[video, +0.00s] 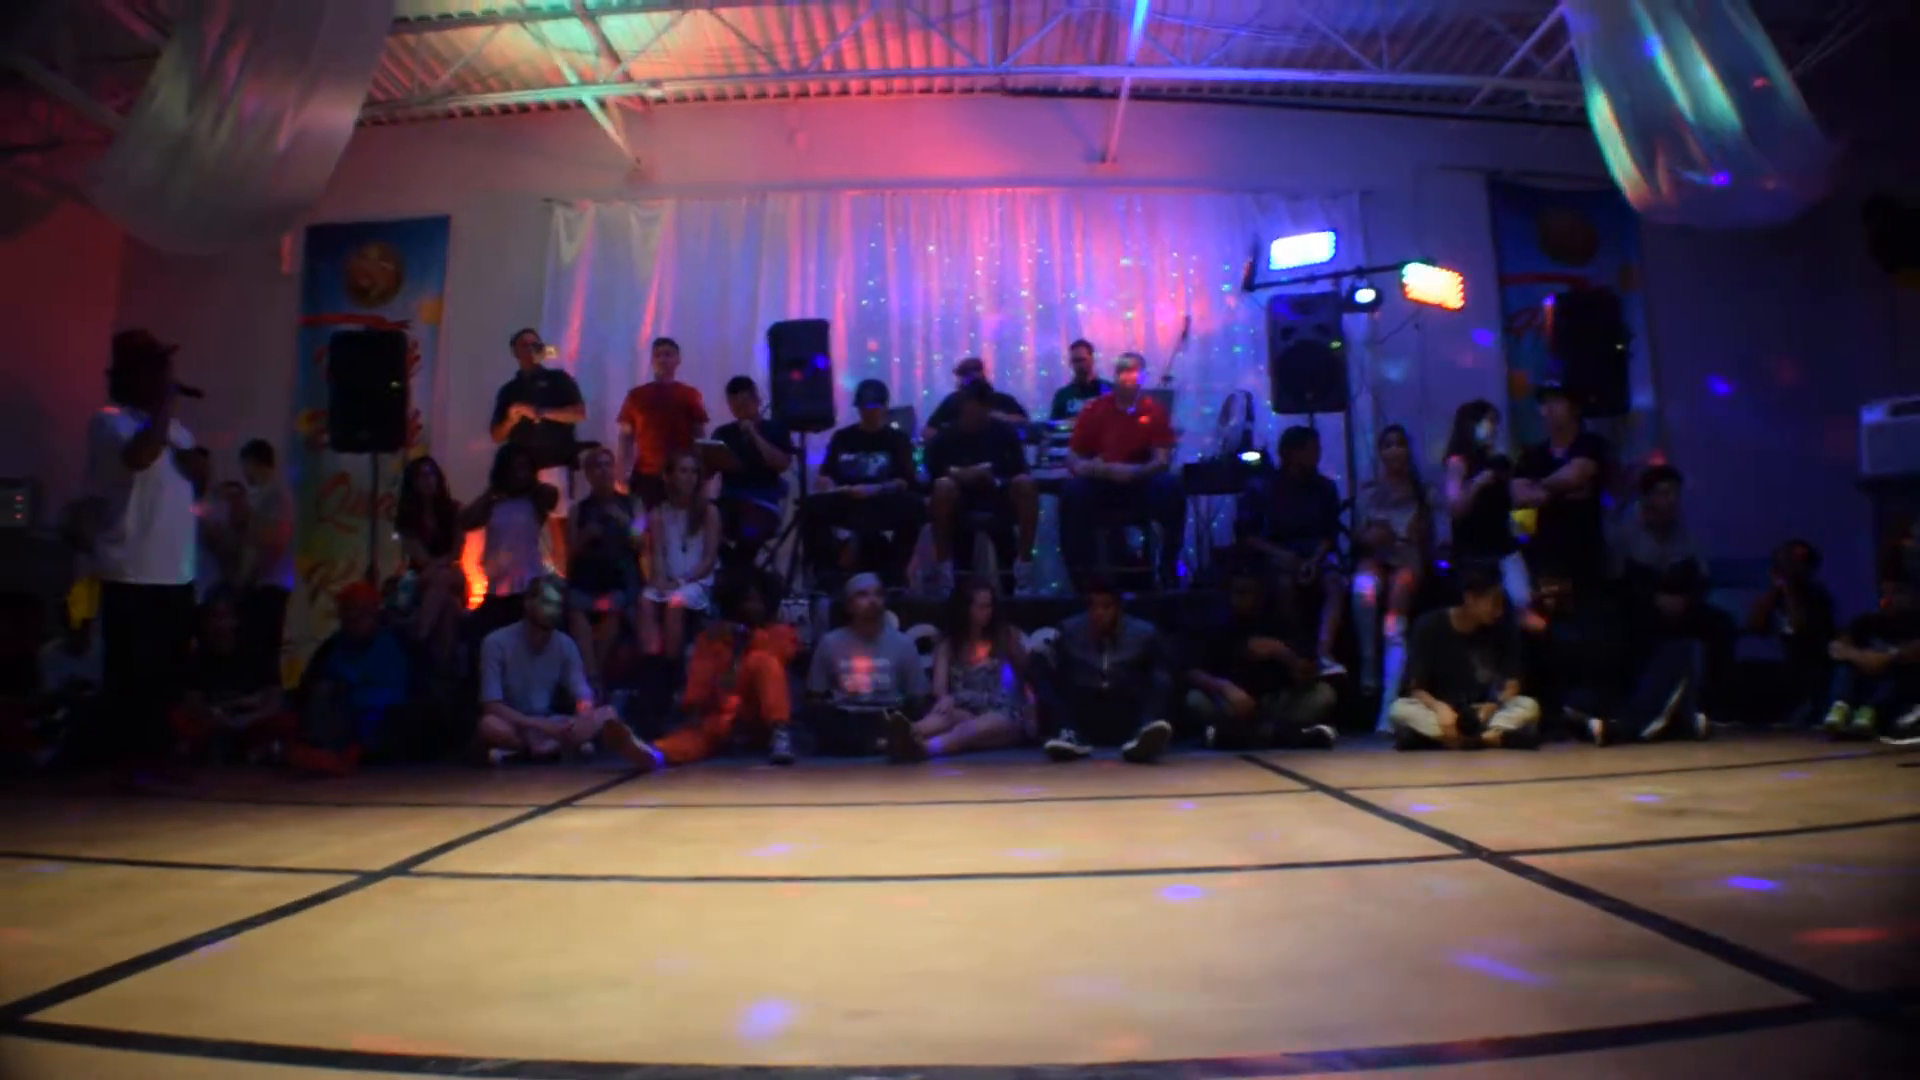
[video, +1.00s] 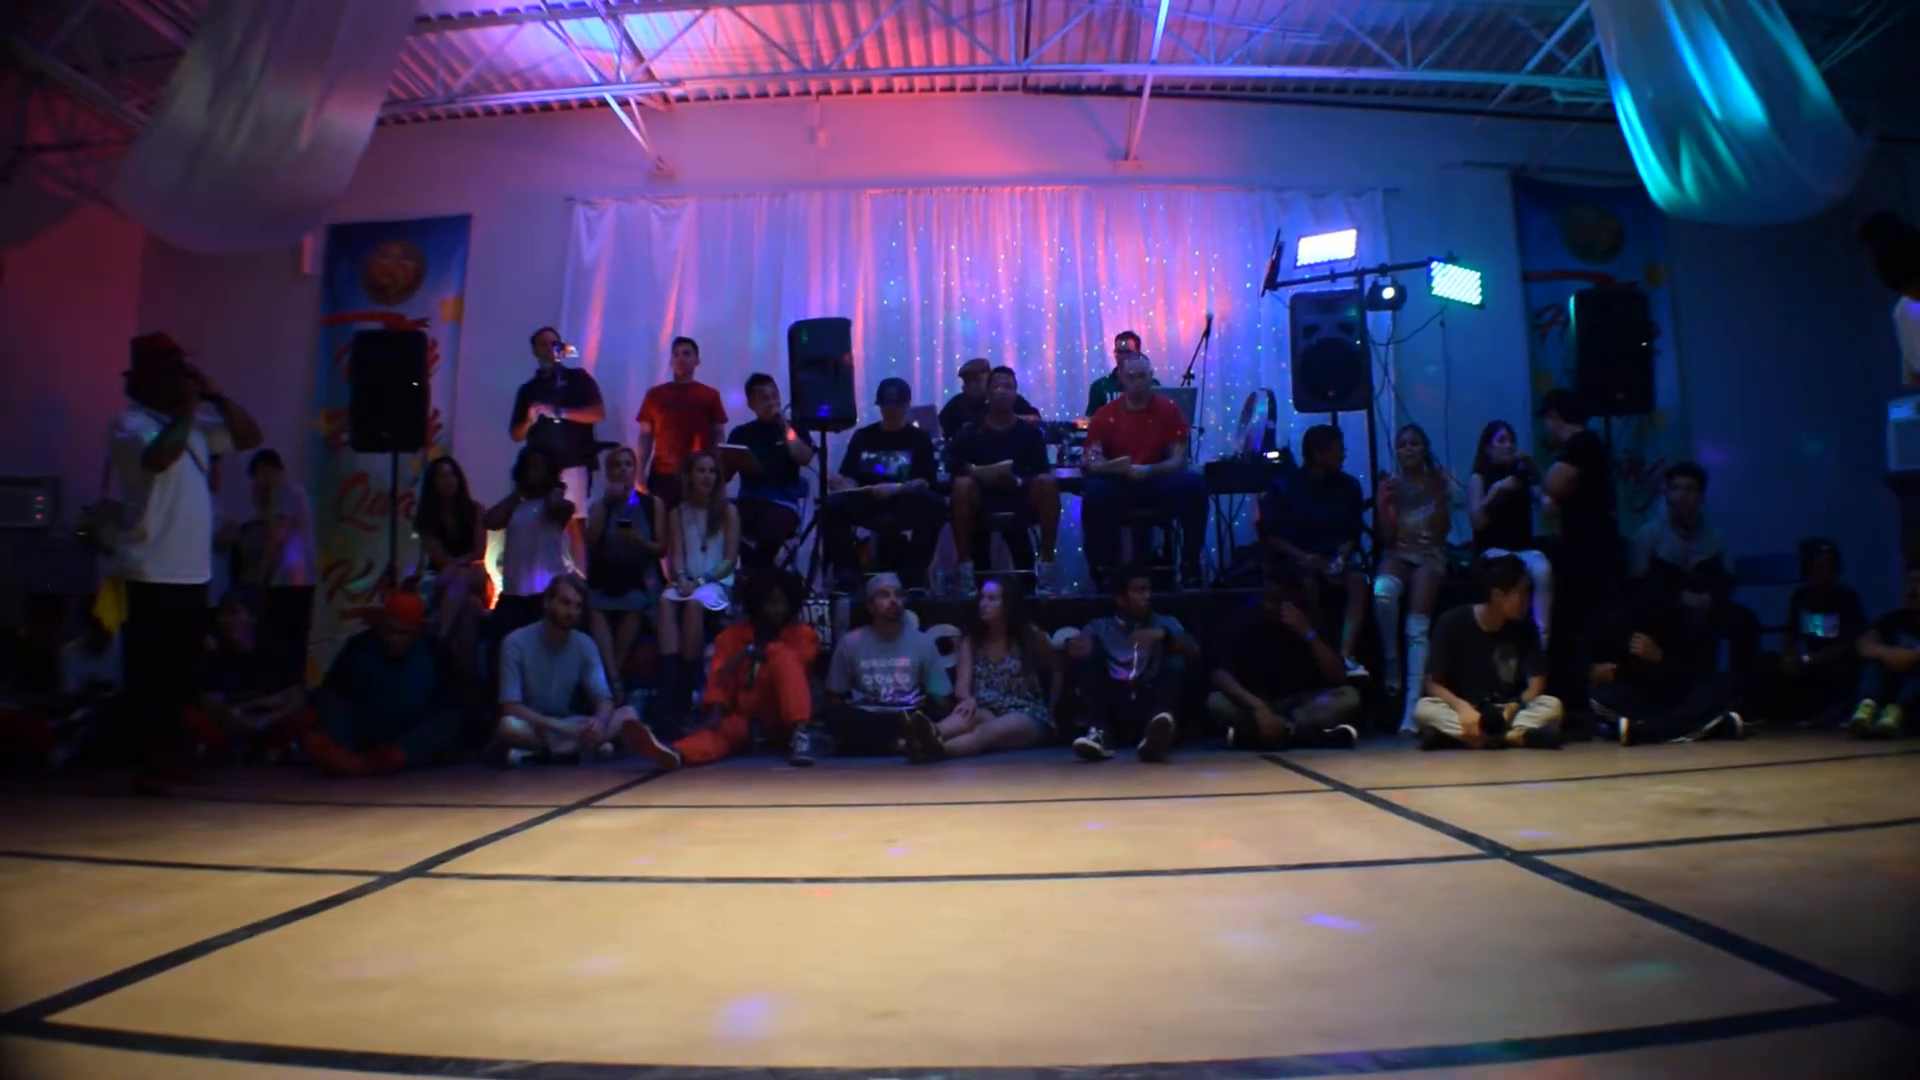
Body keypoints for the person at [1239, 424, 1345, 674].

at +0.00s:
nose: (1315, 457)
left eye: (1316, 451)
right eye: (1309, 451)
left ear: (1316, 453)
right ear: (1289, 453)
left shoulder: (1324, 487)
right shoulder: (1263, 487)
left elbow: (1329, 534)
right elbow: (1247, 535)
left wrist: (1314, 562)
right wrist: (1286, 558)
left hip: (1313, 559)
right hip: (1276, 560)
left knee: (1336, 583)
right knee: (1283, 583)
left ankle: (1324, 653)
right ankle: (1287, 654)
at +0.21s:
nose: (1339, 456)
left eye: (1340, 450)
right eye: (1333, 450)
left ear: (1340, 452)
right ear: (1315, 453)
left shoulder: (1348, 487)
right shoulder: (1287, 486)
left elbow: (1354, 533)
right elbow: (1271, 534)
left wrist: (1338, 561)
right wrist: (1309, 557)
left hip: (1336, 558)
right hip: (1297, 559)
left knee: (1359, 583)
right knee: (1290, 589)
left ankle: (1347, 653)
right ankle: (1317, 653)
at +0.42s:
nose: (1342, 455)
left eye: (1342, 448)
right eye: (1336, 449)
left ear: (1340, 451)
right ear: (1317, 452)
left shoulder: (1350, 485)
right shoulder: (1288, 484)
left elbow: (1355, 531)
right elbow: (1270, 533)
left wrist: (1342, 558)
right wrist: (1306, 554)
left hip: (1337, 556)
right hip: (1299, 557)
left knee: (1361, 580)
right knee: (1300, 588)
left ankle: (1349, 651)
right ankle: (1325, 650)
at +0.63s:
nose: (1344, 453)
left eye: (1343, 447)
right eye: (1338, 447)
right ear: (1318, 452)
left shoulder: (1350, 484)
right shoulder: (1288, 483)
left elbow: (1355, 531)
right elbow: (1270, 533)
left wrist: (1343, 558)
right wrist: (1306, 555)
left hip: (1336, 558)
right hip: (1298, 559)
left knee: (1360, 579)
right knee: (1293, 587)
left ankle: (1350, 651)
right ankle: (1320, 654)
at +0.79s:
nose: (1343, 454)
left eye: (1342, 448)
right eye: (1337, 448)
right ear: (1318, 453)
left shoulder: (1349, 485)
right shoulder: (1287, 483)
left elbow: (1353, 532)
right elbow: (1269, 533)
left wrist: (1341, 560)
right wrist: (1305, 556)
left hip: (1334, 560)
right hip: (1296, 559)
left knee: (1359, 580)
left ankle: (1347, 654)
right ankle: (1311, 655)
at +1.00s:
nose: (1343, 454)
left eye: (1342, 448)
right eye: (1336, 449)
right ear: (1317, 453)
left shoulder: (1348, 486)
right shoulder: (1287, 484)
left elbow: (1354, 532)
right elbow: (1270, 534)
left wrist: (1341, 558)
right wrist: (1304, 557)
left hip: (1334, 558)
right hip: (1296, 559)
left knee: (1359, 581)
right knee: (1307, 584)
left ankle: (1346, 655)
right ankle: (1314, 656)